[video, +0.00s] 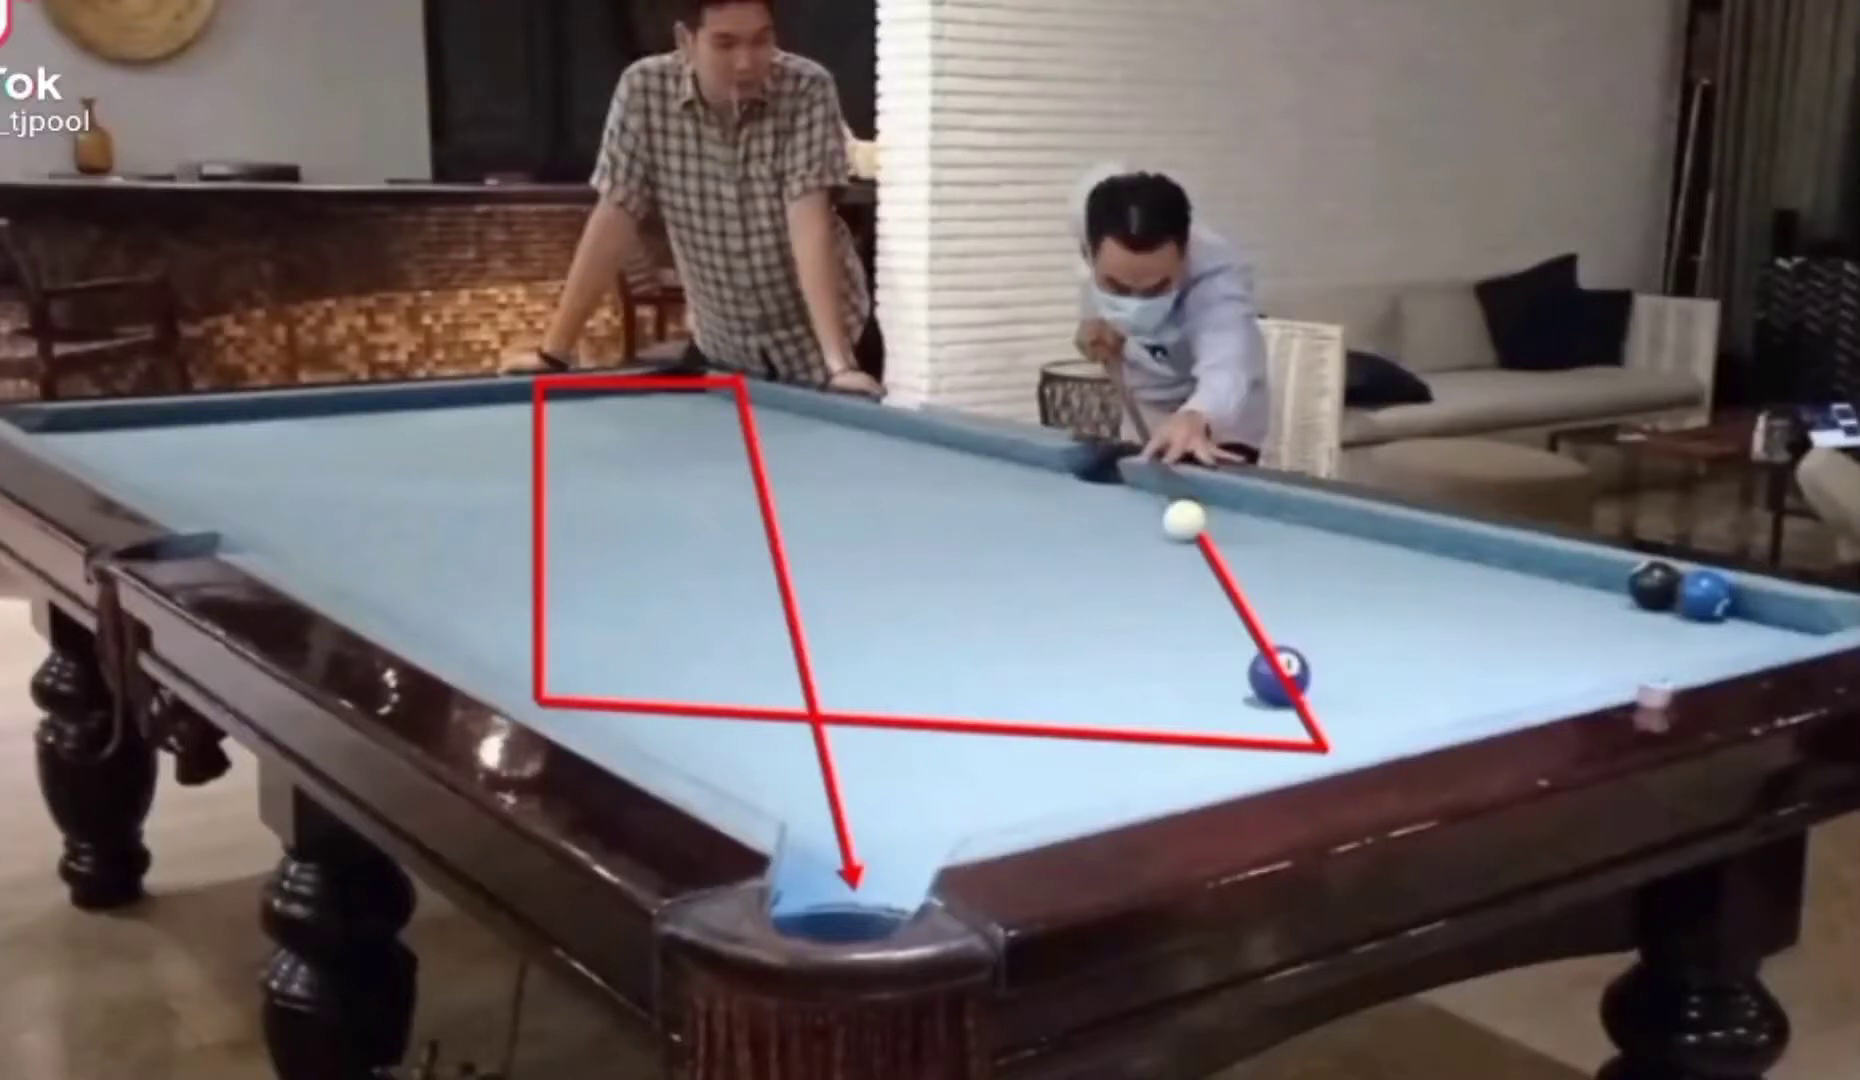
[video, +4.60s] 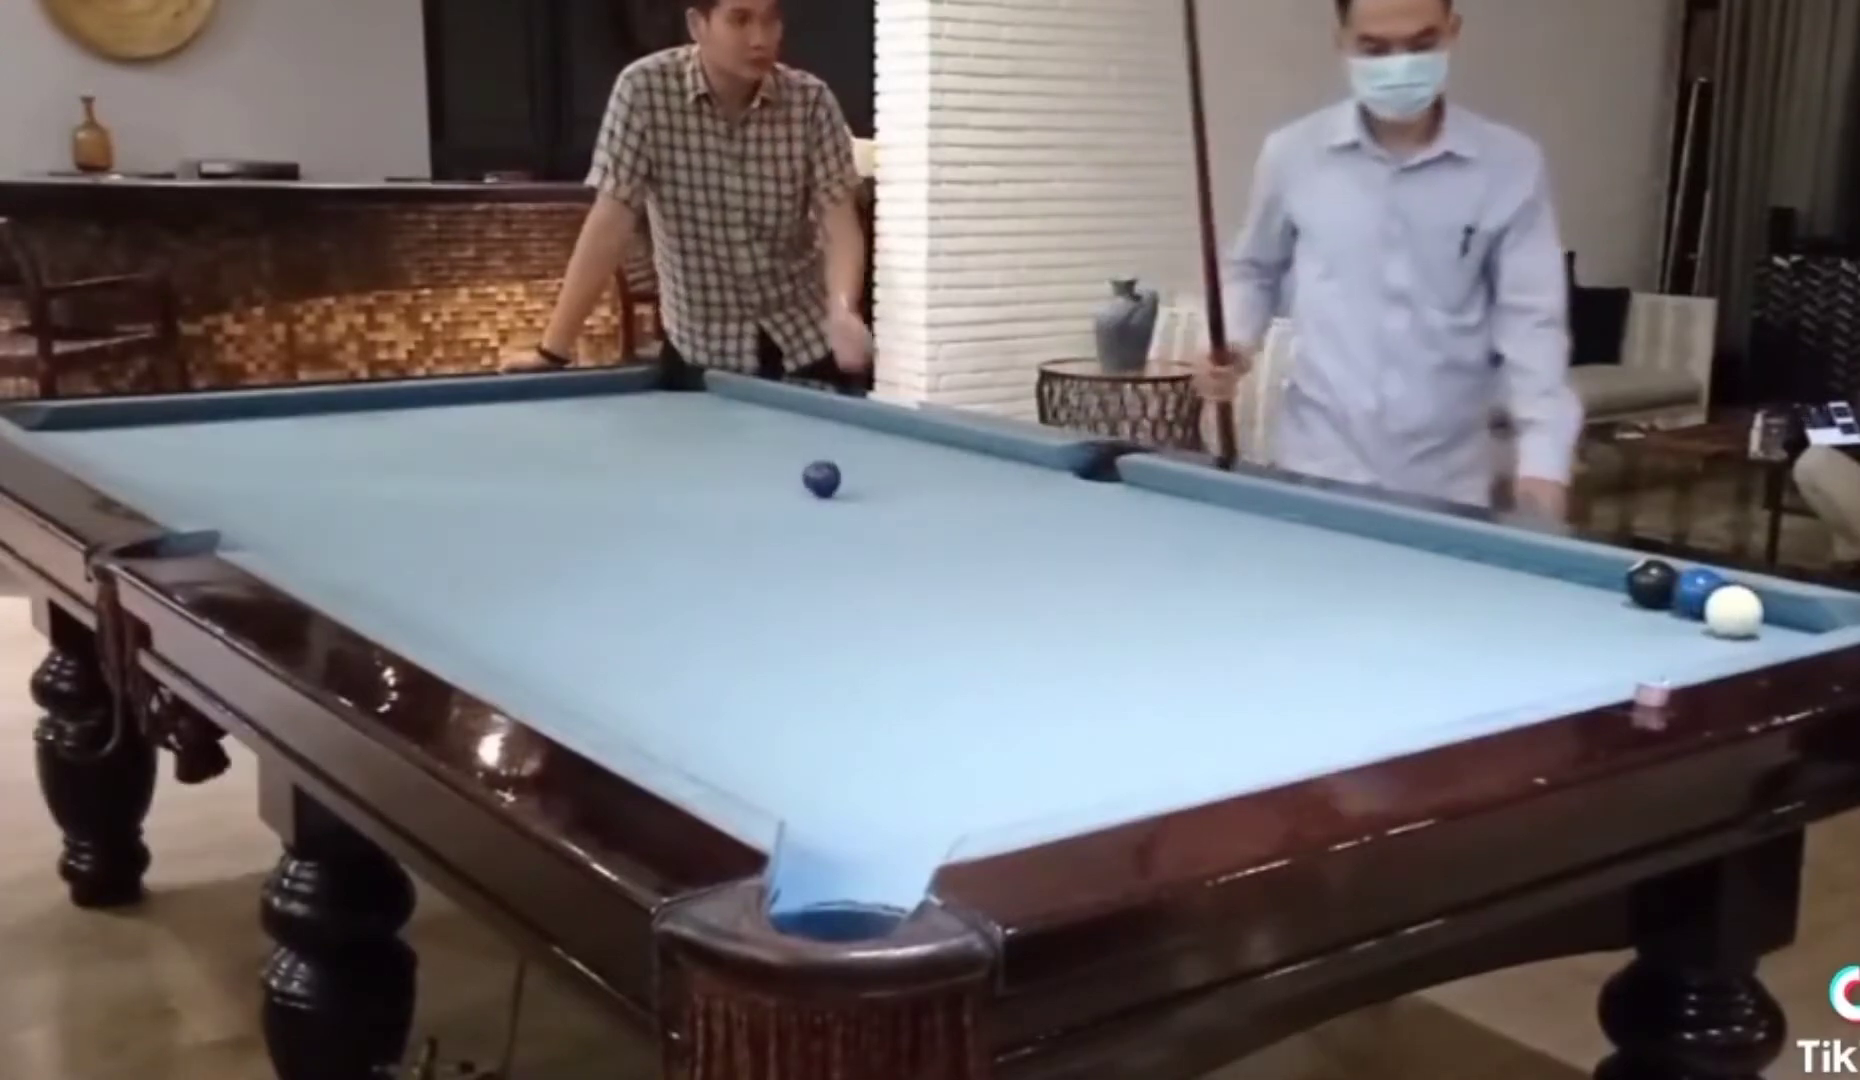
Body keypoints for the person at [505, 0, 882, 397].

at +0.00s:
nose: (746, 63)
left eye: (758, 41)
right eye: (726, 44)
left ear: (774, 35)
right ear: (686, 43)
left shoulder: (806, 88)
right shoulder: (644, 90)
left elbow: (810, 220)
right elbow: (614, 215)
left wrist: (839, 365)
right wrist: (553, 353)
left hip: (825, 350)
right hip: (723, 350)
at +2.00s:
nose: (750, 55)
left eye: (764, 34)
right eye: (728, 37)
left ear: (780, 32)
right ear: (692, 40)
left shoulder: (814, 89)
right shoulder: (650, 91)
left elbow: (814, 214)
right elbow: (618, 215)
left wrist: (838, 362)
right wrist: (552, 353)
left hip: (830, 346)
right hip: (726, 349)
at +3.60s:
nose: (757, 29)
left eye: (765, 13)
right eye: (737, 15)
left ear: (777, 19)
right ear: (691, 23)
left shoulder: (811, 101)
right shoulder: (638, 90)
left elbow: (858, 225)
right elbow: (610, 214)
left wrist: (836, 288)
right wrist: (553, 350)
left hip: (814, 342)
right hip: (701, 345)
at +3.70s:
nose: (766, 31)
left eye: (774, 14)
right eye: (745, 16)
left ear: (784, 19)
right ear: (698, 24)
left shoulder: (813, 102)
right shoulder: (642, 88)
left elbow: (858, 228)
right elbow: (610, 217)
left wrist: (832, 248)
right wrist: (552, 350)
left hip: (816, 336)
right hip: (702, 341)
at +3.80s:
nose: (772, 35)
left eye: (779, 17)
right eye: (751, 19)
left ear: (789, 21)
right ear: (704, 25)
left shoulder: (814, 100)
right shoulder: (645, 87)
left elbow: (852, 247)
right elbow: (610, 218)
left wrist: (820, 202)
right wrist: (552, 351)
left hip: (815, 333)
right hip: (701, 339)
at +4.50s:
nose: (767, 40)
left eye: (777, 23)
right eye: (746, 23)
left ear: (788, 26)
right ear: (703, 26)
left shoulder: (812, 101)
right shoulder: (649, 89)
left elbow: (845, 222)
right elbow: (612, 218)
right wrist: (552, 352)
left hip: (808, 335)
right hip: (701, 344)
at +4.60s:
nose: (762, 38)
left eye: (772, 20)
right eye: (741, 20)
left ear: (783, 25)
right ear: (697, 24)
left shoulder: (810, 101)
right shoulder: (646, 90)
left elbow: (839, 212)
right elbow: (611, 218)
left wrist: (842, 307)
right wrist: (552, 351)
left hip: (808, 338)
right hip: (702, 345)